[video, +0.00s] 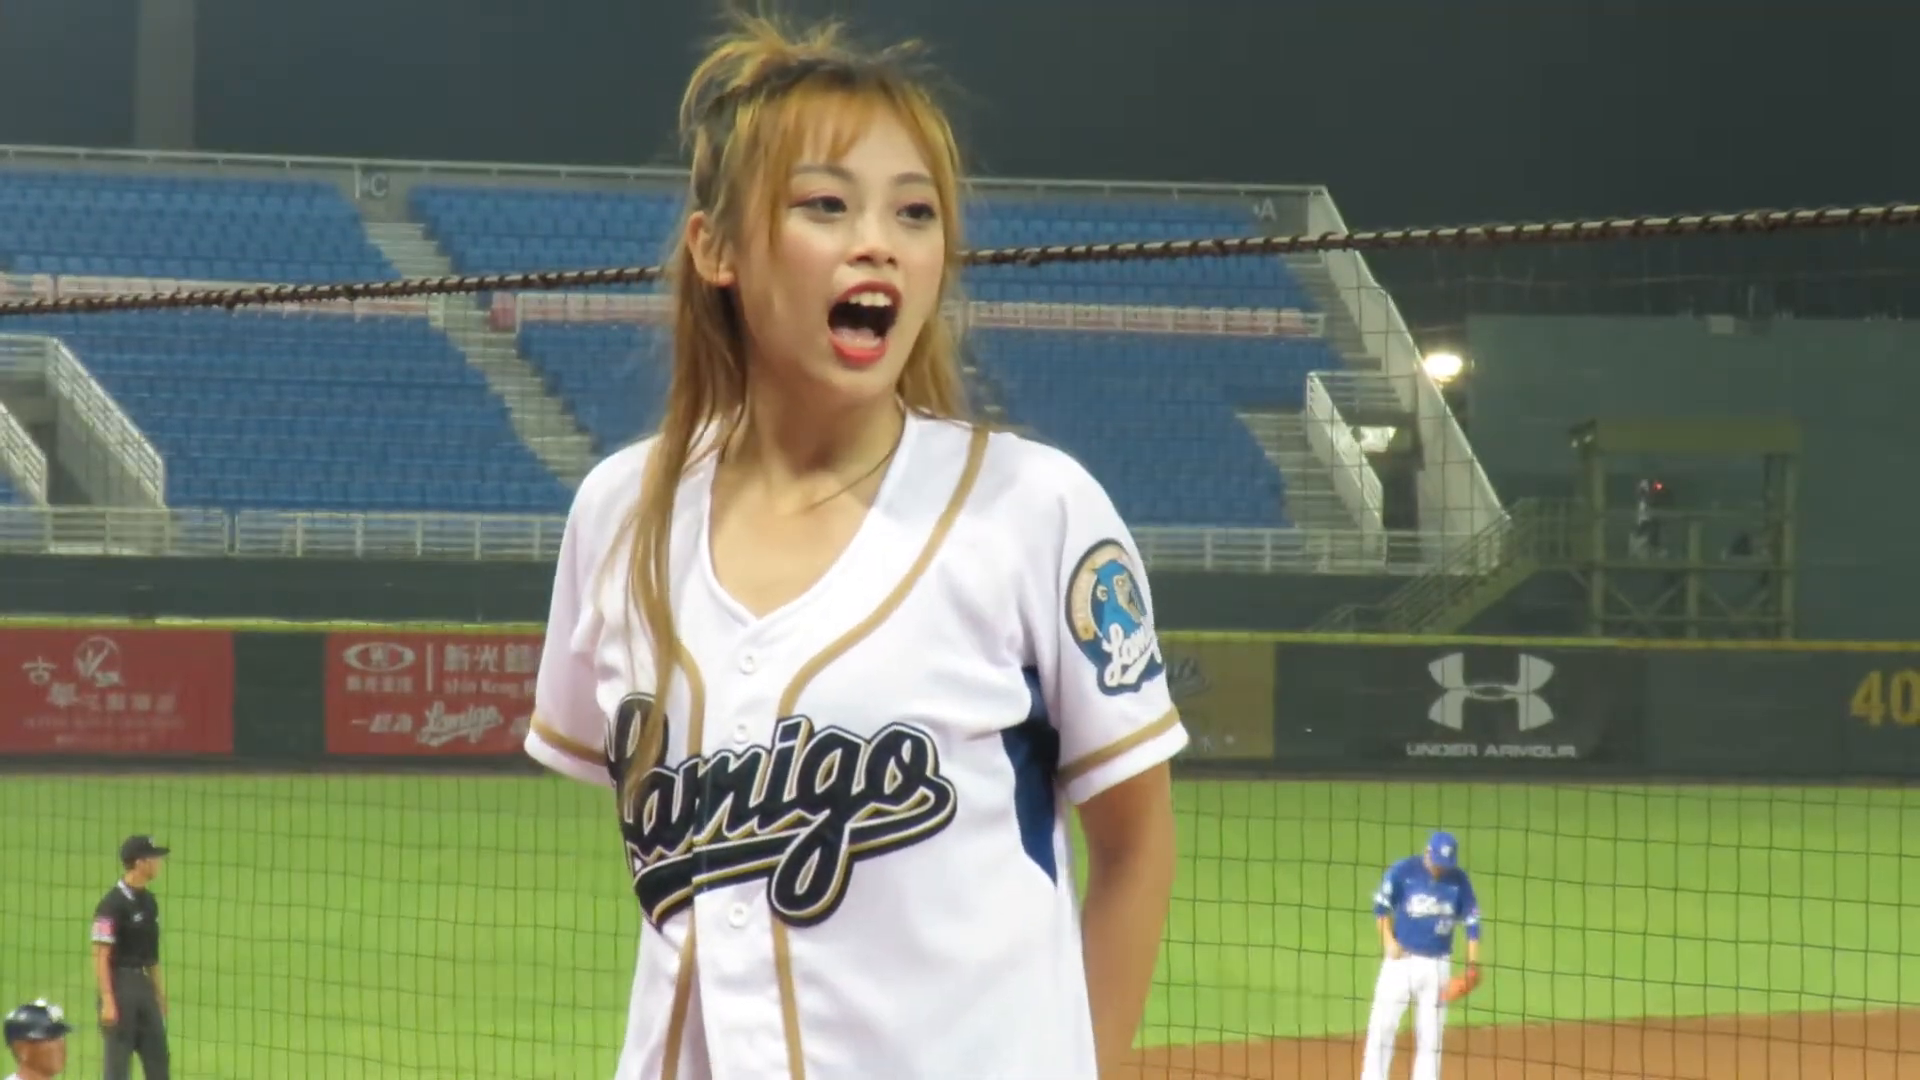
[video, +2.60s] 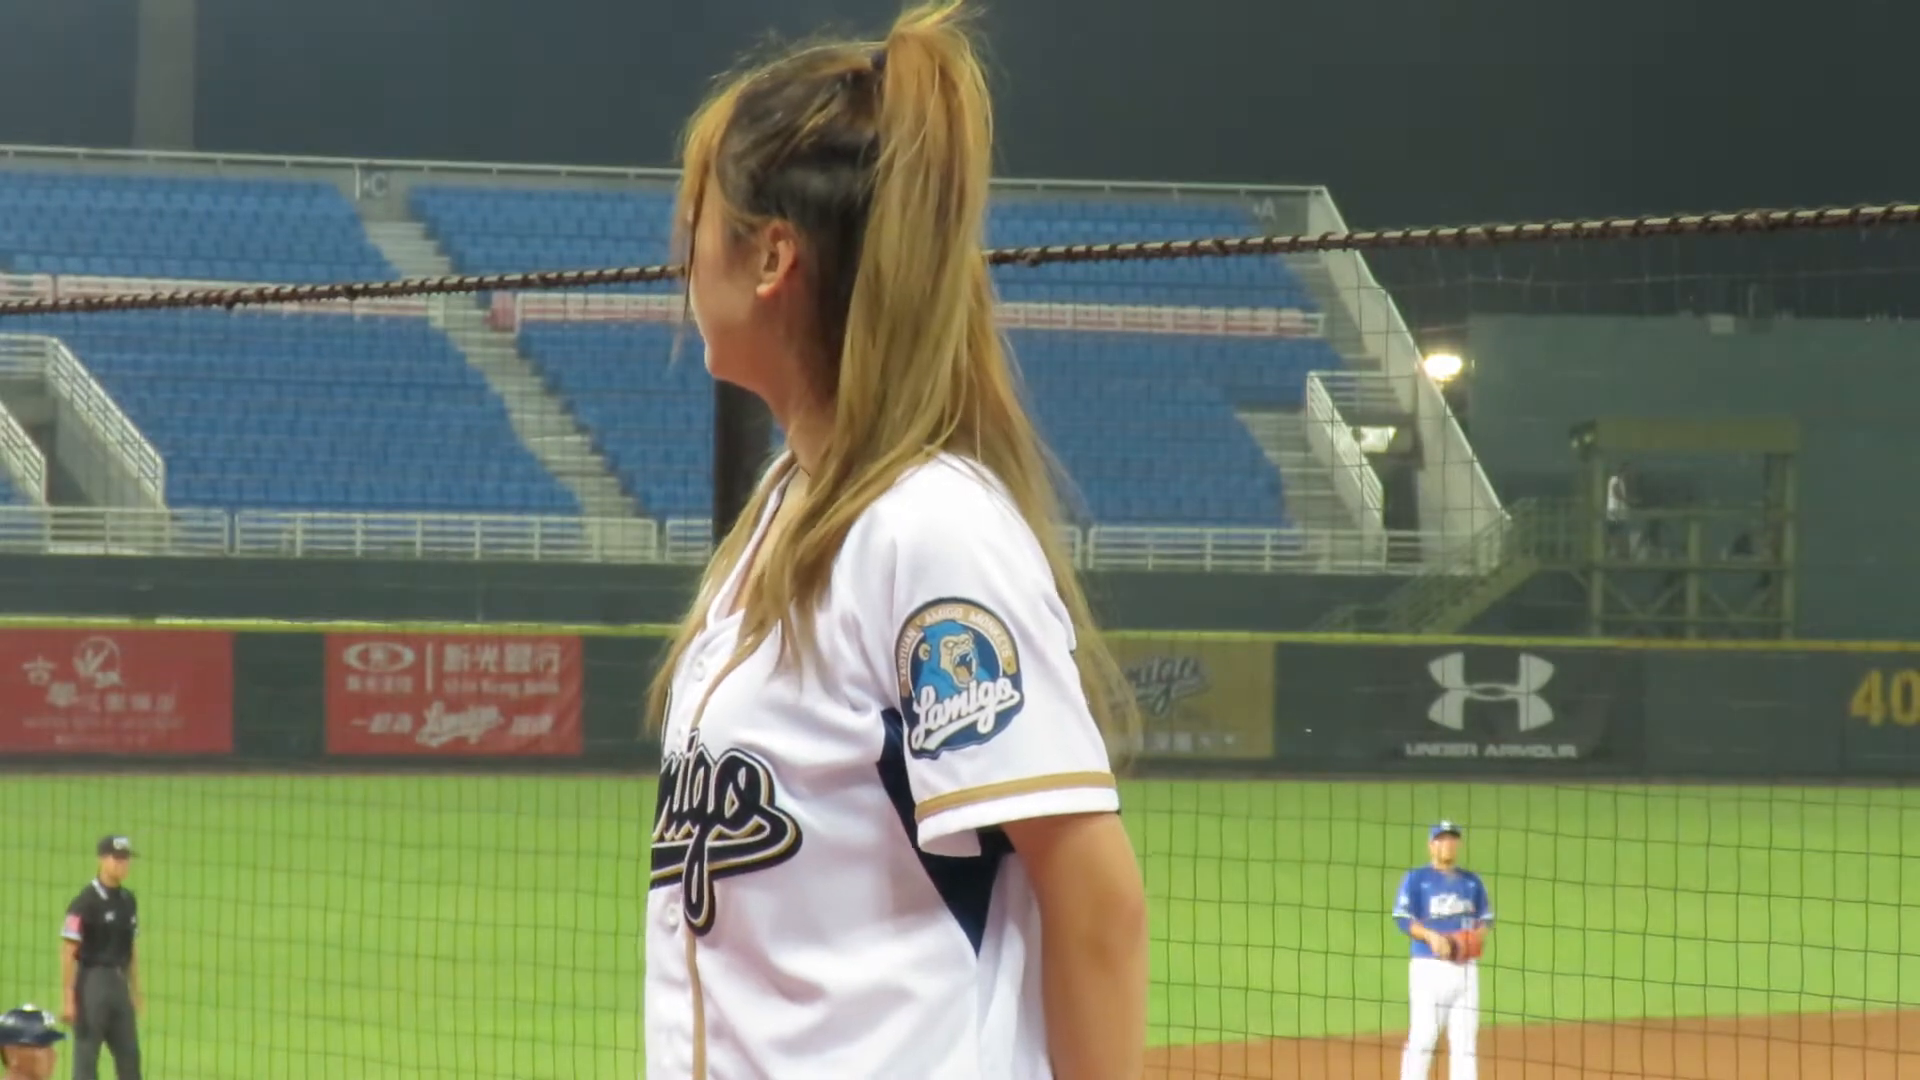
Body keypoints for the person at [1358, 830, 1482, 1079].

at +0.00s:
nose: (1439, 869)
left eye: (1445, 866)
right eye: (1435, 864)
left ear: (1452, 861)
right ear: (1426, 854)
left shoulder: (1459, 880)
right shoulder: (1403, 871)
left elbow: (1472, 922)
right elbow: (1382, 906)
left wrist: (1471, 965)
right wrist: (1389, 941)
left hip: (1436, 965)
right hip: (1399, 961)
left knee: (1430, 1038)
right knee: (1380, 1032)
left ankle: (1426, 1077)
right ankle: (1373, 1076)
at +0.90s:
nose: (1439, 869)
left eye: (1441, 864)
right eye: (1435, 863)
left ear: (1444, 860)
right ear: (1422, 855)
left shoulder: (1446, 879)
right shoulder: (1397, 878)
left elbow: (1457, 917)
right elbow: (1388, 923)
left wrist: (1463, 939)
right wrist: (1430, 941)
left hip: (1443, 964)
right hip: (1408, 965)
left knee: (1454, 1039)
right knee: (1408, 1040)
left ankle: (1453, 1076)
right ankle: (1404, 1077)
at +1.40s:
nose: (1471, 854)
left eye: (1475, 849)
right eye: (1466, 847)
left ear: (1479, 851)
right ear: (1453, 847)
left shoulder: (1484, 882)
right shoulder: (1433, 877)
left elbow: (1499, 922)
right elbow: (1414, 915)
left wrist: (1484, 916)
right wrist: (1450, 912)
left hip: (1475, 968)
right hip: (1440, 966)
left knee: (1471, 1042)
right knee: (1432, 1036)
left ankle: (1468, 1078)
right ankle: (1420, 1076)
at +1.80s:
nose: (1477, 848)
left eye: (1480, 843)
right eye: (1471, 843)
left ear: (1485, 847)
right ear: (1458, 846)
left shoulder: (1491, 882)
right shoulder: (1439, 877)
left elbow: (1506, 927)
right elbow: (1420, 917)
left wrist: (1514, 905)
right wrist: (1448, 909)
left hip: (1483, 966)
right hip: (1449, 964)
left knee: (1477, 1039)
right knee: (1459, 1037)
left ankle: (1473, 1077)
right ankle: (1461, 1077)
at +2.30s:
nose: (1462, 848)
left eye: (1466, 842)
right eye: (1455, 842)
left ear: (1471, 846)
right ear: (1444, 847)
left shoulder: (1484, 882)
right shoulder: (1434, 879)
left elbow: (1501, 922)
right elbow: (1433, 920)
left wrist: (1485, 903)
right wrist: (1461, 904)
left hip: (1482, 968)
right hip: (1447, 966)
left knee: (1474, 1044)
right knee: (1445, 1034)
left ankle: (1469, 1078)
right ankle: (1421, 1076)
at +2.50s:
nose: (1452, 846)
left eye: (1457, 840)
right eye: (1446, 841)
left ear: (1463, 845)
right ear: (1436, 846)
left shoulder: (1475, 881)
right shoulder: (1421, 879)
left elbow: (1493, 917)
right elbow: (1414, 919)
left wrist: (1478, 923)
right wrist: (1452, 923)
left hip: (1472, 967)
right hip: (1436, 965)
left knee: (1469, 1044)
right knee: (1426, 1040)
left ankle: (1466, 1078)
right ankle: (1412, 1076)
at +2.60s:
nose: (1447, 846)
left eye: (1452, 840)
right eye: (1441, 840)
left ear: (1459, 845)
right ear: (1431, 845)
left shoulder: (1472, 881)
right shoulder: (1415, 879)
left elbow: (1485, 919)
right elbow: (1403, 918)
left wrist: (1471, 939)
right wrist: (1432, 937)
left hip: (1464, 967)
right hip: (1427, 966)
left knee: (1465, 1042)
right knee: (1423, 1040)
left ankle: (1464, 1077)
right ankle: (1413, 1076)